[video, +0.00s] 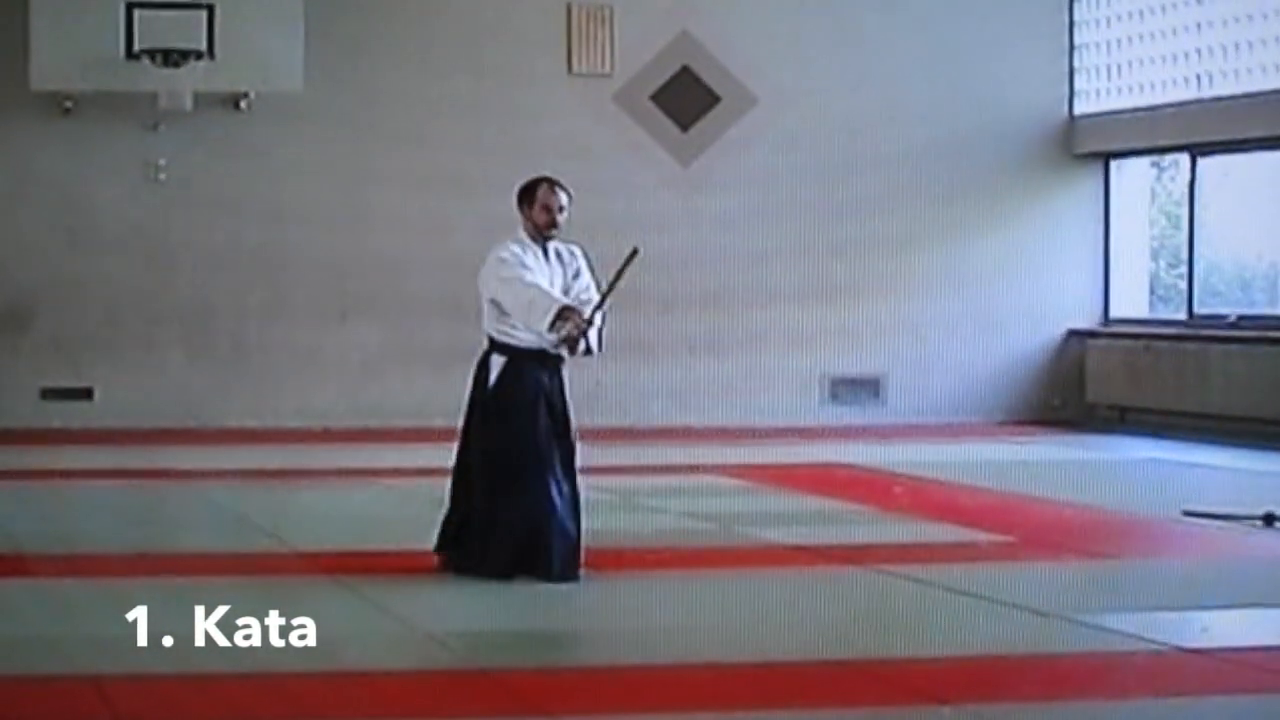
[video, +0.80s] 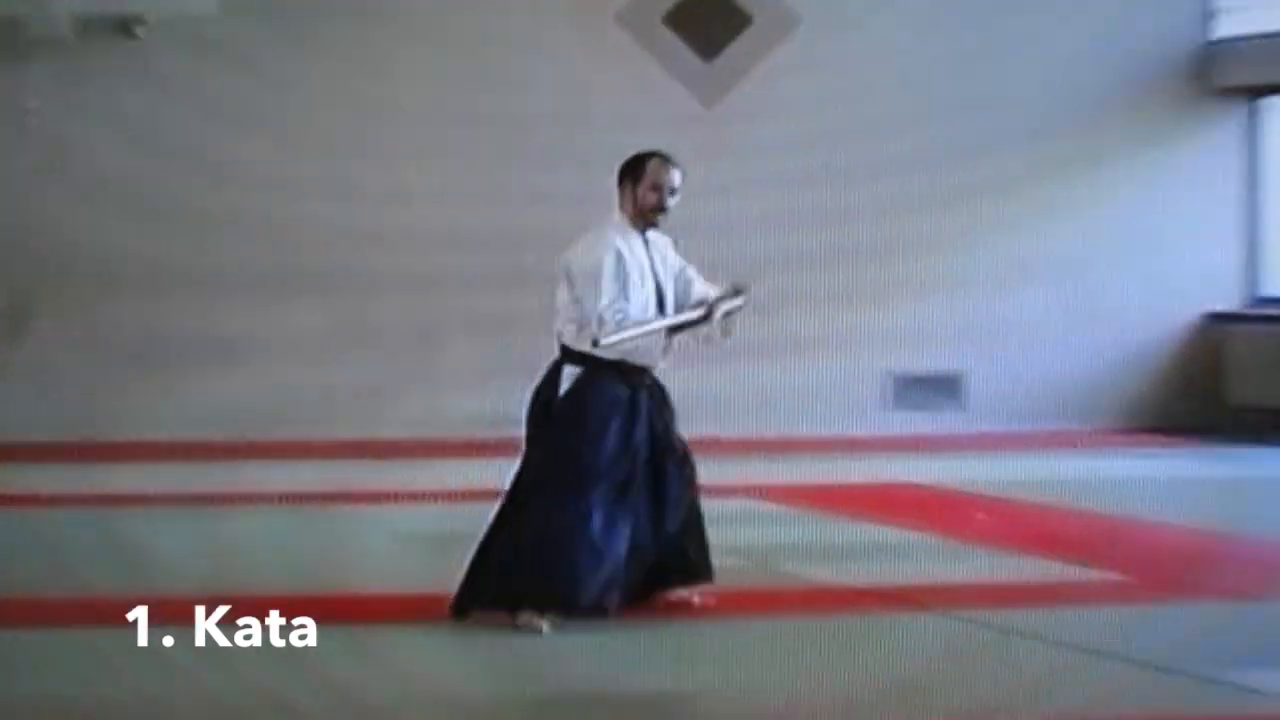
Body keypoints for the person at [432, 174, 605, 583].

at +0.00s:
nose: (555, 217)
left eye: (561, 210)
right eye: (547, 209)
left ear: (566, 215)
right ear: (526, 210)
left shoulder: (572, 259)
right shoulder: (504, 260)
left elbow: (592, 304)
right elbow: (526, 295)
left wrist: (585, 330)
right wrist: (562, 315)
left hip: (548, 369)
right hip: (509, 369)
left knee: (550, 462)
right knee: (518, 462)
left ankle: (552, 554)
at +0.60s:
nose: (619, 238)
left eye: (625, 231)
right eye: (612, 229)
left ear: (628, 237)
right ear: (589, 230)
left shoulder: (623, 283)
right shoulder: (563, 274)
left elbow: (640, 324)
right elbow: (566, 325)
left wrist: (644, 346)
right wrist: (617, 346)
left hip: (592, 388)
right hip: (554, 385)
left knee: (593, 472)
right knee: (563, 473)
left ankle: (570, 553)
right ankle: (555, 559)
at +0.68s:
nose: (631, 235)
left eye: (638, 227)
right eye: (624, 225)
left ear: (641, 233)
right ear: (600, 225)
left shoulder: (634, 281)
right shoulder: (571, 274)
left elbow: (655, 325)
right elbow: (574, 337)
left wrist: (665, 349)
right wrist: (631, 349)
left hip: (605, 390)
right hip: (564, 388)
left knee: (612, 473)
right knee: (571, 478)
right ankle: (553, 566)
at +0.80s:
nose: (663, 201)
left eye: (670, 193)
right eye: (656, 190)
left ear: (672, 198)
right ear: (628, 190)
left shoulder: (658, 248)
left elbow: (692, 289)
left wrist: (720, 301)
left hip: (639, 384)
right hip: (591, 386)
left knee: (666, 474)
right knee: (577, 492)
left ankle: (662, 581)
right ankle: (533, 599)